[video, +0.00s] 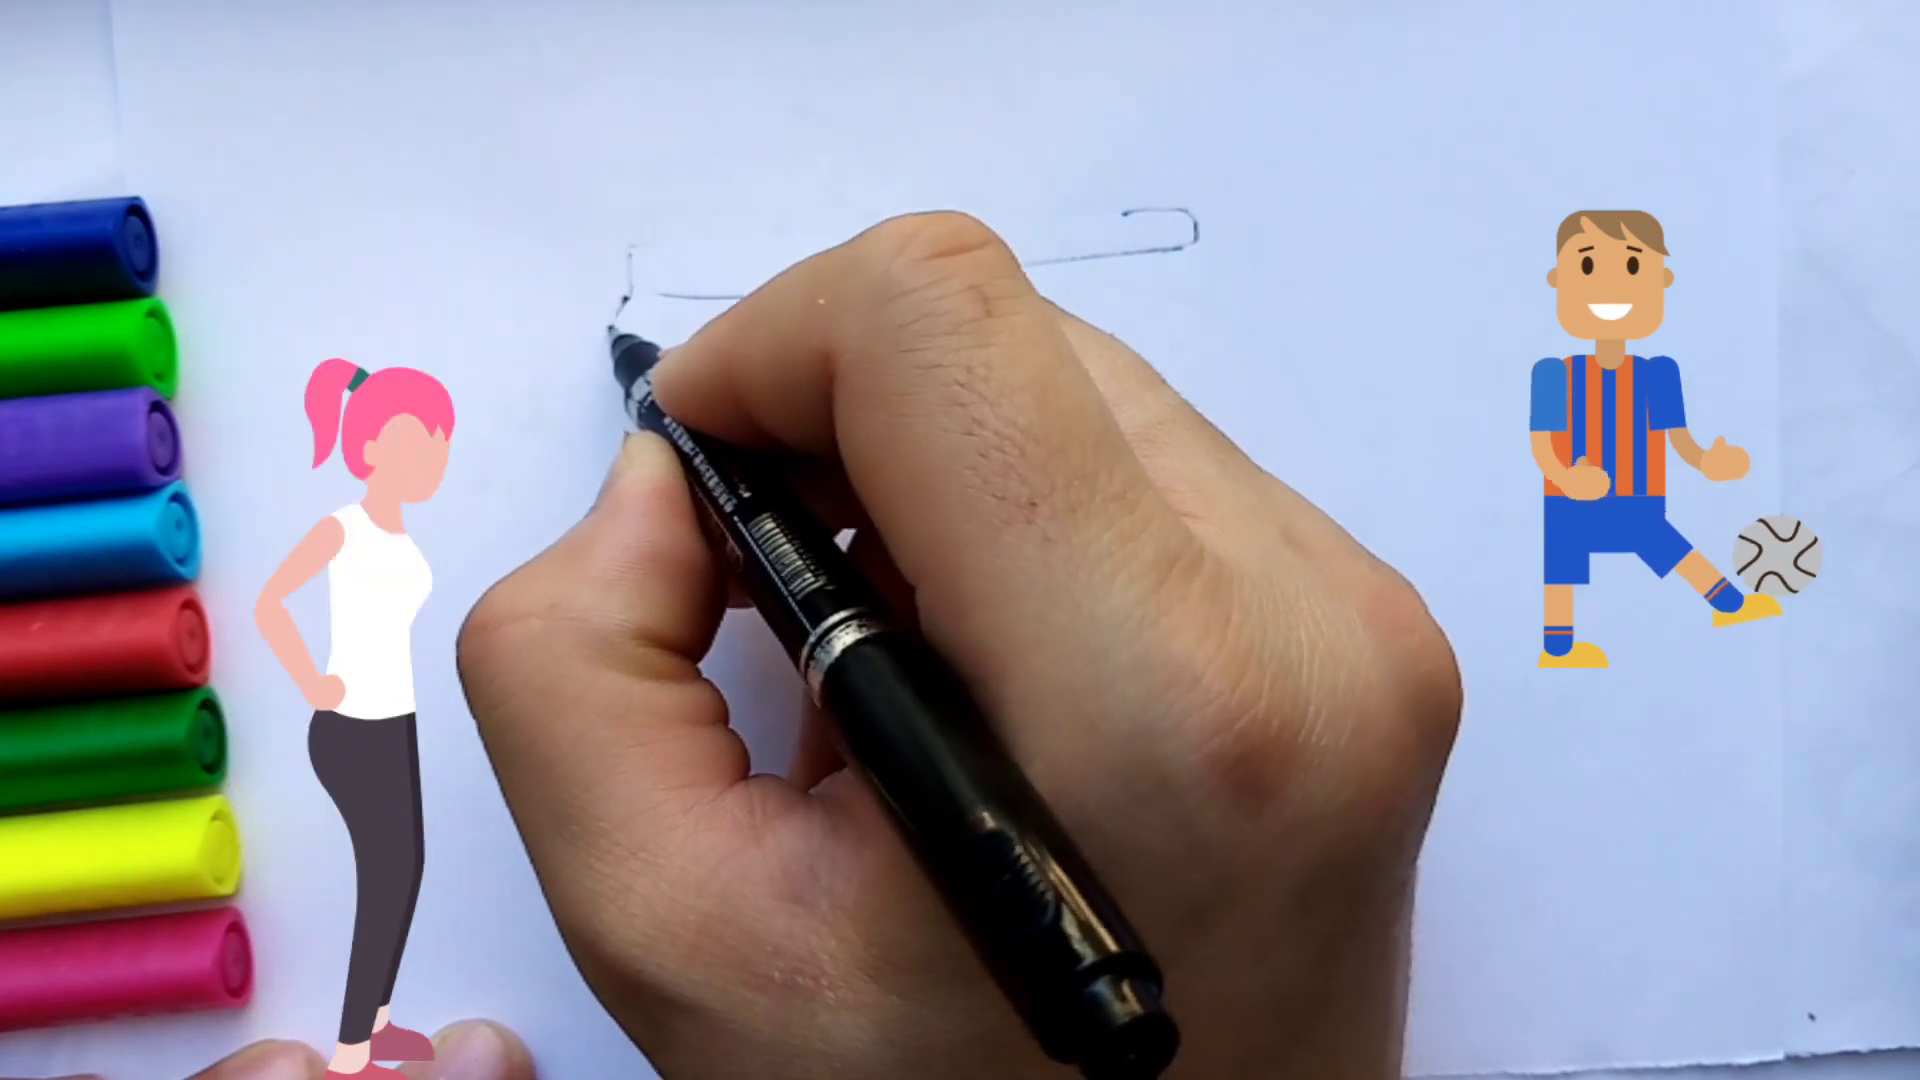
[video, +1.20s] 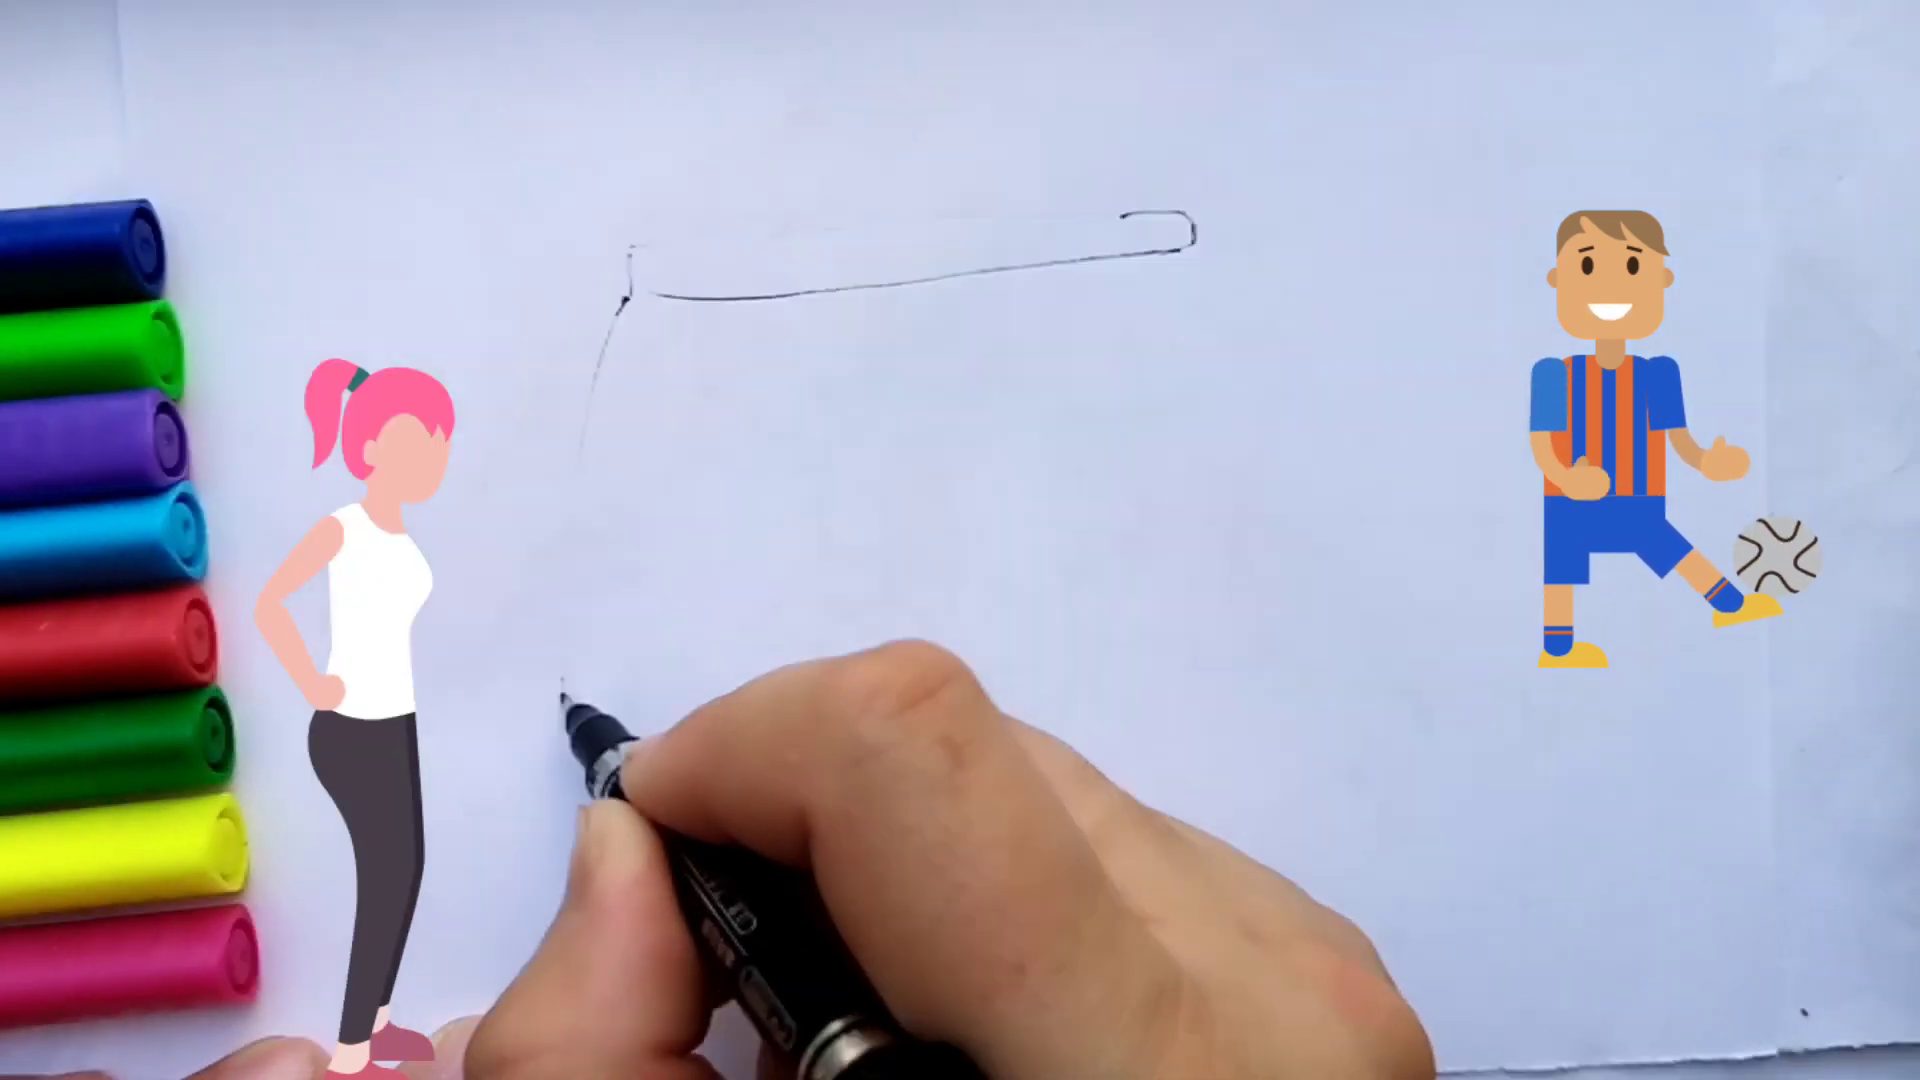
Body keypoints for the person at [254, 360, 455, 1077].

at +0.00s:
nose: (434, 459)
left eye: (438, 442)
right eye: (419, 440)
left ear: (439, 451)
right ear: (376, 447)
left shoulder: (405, 537)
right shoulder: (344, 529)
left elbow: (390, 623)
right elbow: (269, 604)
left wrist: (396, 685)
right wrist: (312, 683)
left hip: (398, 728)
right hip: (352, 729)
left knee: (405, 871)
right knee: (387, 875)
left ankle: (374, 1021)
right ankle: (350, 1048)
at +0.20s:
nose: (434, 458)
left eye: (437, 441)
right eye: (418, 440)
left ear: (439, 450)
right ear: (375, 447)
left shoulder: (406, 537)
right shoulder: (344, 529)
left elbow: (389, 620)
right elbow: (269, 604)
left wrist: (395, 682)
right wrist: (311, 682)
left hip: (398, 727)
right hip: (352, 729)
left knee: (404, 871)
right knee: (387, 875)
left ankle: (373, 1023)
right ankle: (350, 1049)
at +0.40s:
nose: (401, 590)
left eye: (404, 573)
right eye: (385, 573)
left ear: (404, 582)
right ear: (345, 578)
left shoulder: (365, 665)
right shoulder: (311, 656)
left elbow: (324, 738)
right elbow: (213, 712)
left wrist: (319, 798)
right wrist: (249, 790)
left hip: (309, 842)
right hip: (264, 849)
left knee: (392, 865)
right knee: (392, 872)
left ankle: (339, 1026)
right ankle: (350, 1055)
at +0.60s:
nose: (434, 459)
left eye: (438, 442)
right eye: (418, 440)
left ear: (440, 452)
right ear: (375, 447)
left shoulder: (404, 536)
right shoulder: (343, 529)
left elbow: (387, 623)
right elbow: (269, 605)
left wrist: (397, 687)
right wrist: (312, 684)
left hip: (397, 730)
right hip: (352, 732)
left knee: (405, 872)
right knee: (387, 878)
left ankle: (373, 1019)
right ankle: (349, 1049)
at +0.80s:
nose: (435, 458)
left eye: (438, 441)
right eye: (419, 439)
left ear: (440, 452)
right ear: (374, 447)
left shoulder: (404, 535)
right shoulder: (343, 529)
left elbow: (384, 622)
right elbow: (268, 606)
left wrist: (395, 686)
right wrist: (312, 684)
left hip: (397, 730)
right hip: (353, 732)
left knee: (406, 870)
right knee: (386, 877)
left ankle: (374, 1019)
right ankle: (349, 1051)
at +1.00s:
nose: (405, 589)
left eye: (406, 572)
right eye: (391, 571)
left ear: (403, 580)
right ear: (347, 578)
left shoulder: (364, 663)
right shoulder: (312, 655)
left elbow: (322, 739)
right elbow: (214, 712)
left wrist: (317, 799)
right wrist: (249, 791)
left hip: (308, 842)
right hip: (264, 851)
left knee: (390, 865)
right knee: (392, 872)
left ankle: (341, 1021)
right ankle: (350, 1053)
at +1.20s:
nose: (432, 457)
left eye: (436, 440)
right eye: (416, 438)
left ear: (440, 450)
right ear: (374, 447)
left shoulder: (403, 535)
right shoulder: (344, 529)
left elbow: (386, 621)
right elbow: (268, 605)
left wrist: (396, 684)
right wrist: (312, 683)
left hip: (397, 730)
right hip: (353, 732)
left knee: (405, 871)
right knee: (386, 877)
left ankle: (373, 1019)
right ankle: (349, 1050)